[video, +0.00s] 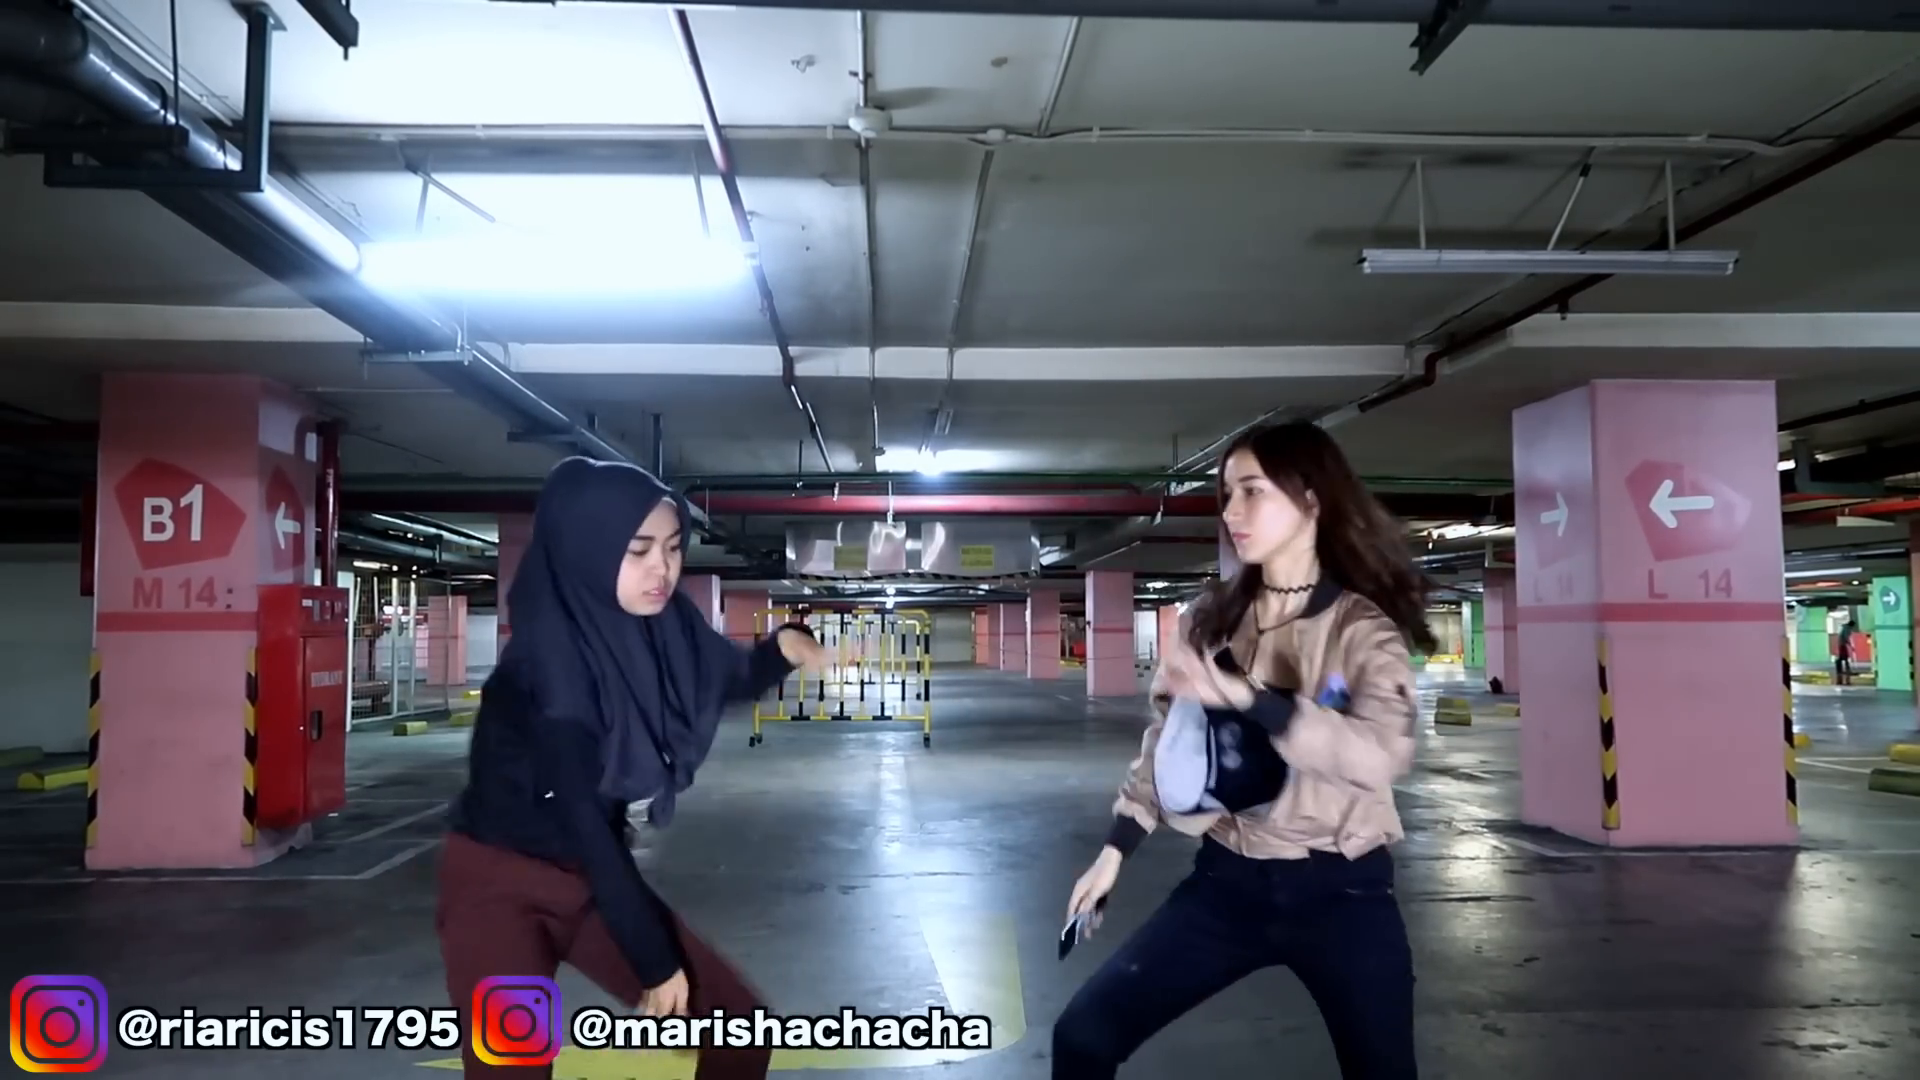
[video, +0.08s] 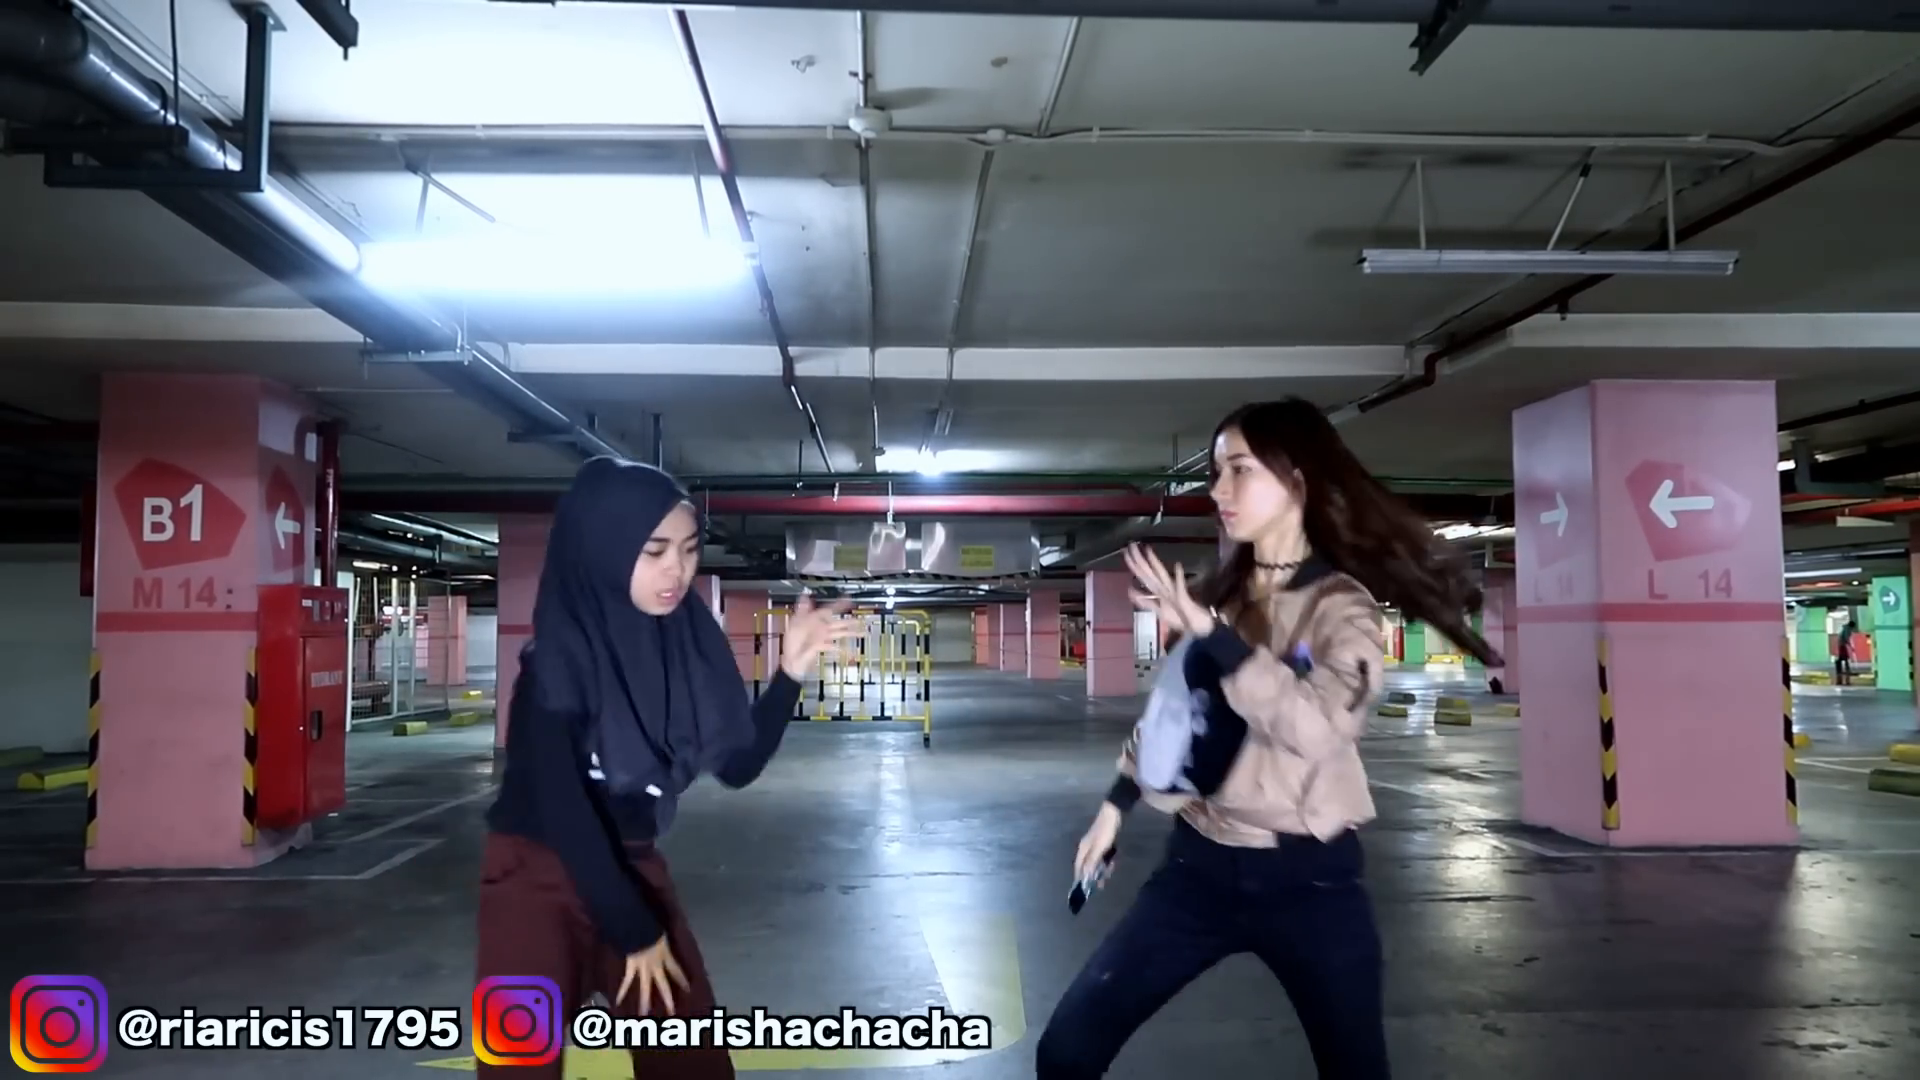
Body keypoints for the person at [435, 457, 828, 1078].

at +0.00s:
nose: (664, 569)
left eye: (672, 547)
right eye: (640, 550)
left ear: (683, 545)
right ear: (587, 551)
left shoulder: (664, 631)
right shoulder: (550, 658)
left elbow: (732, 676)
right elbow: (588, 823)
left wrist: (778, 651)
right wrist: (658, 963)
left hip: (593, 882)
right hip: (498, 887)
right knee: (514, 1061)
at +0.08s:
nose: (679, 571)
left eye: (689, 548)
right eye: (655, 550)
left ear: (700, 548)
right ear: (602, 551)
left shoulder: (688, 644)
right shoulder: (559, 659)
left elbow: (736, 763)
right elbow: (563, 806)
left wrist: (790, 672)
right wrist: (635, 928)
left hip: (632, 861)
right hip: (539, 864)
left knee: (695, 1059)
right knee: (524, 1060)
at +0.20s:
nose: (731, 538)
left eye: (743, 516)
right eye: (708, 519)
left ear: (753, 514)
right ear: (659, 517)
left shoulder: (733, 607)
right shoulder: (586, 571)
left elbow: (714, 735)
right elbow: (523, 684)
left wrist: (744, 826)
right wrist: (596, 786)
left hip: (655, 809)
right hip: (552, 801)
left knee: (675, 1029)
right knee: (571, 1025)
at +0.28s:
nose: (761, 530)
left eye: (772, 509)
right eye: (738, 510)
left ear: (783, 509)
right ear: (688, 505)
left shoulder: (752, 624)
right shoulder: (615, 540)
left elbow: (694, 753)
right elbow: (512, 618)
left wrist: (693, 873)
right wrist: (536, 724)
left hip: (650, 809)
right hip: (550, 782)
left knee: (670, 1004)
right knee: (619, 943)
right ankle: (532, 1060)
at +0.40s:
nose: (775, 564)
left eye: (784, 544)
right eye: (754, 542)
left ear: (792, 549)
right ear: (704, 542)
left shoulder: (766, 663)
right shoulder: (624, 577)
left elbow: (707, 798)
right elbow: (535, 592)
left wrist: (685, 939)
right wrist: (495, 695)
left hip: (658, 840)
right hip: (552, 813)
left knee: (679, 1058)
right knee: (650, 866)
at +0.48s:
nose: (780, 548)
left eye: (788, 529)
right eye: (759, 526)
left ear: (794, 533)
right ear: (708, 524)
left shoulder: (759, 653)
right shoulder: (626, 561)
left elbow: (713, 785)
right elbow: (544, 567)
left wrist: (696, 919)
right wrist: (528, 680)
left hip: (659, 826)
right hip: (554, 799)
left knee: (653, 1037)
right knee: (648, 892)